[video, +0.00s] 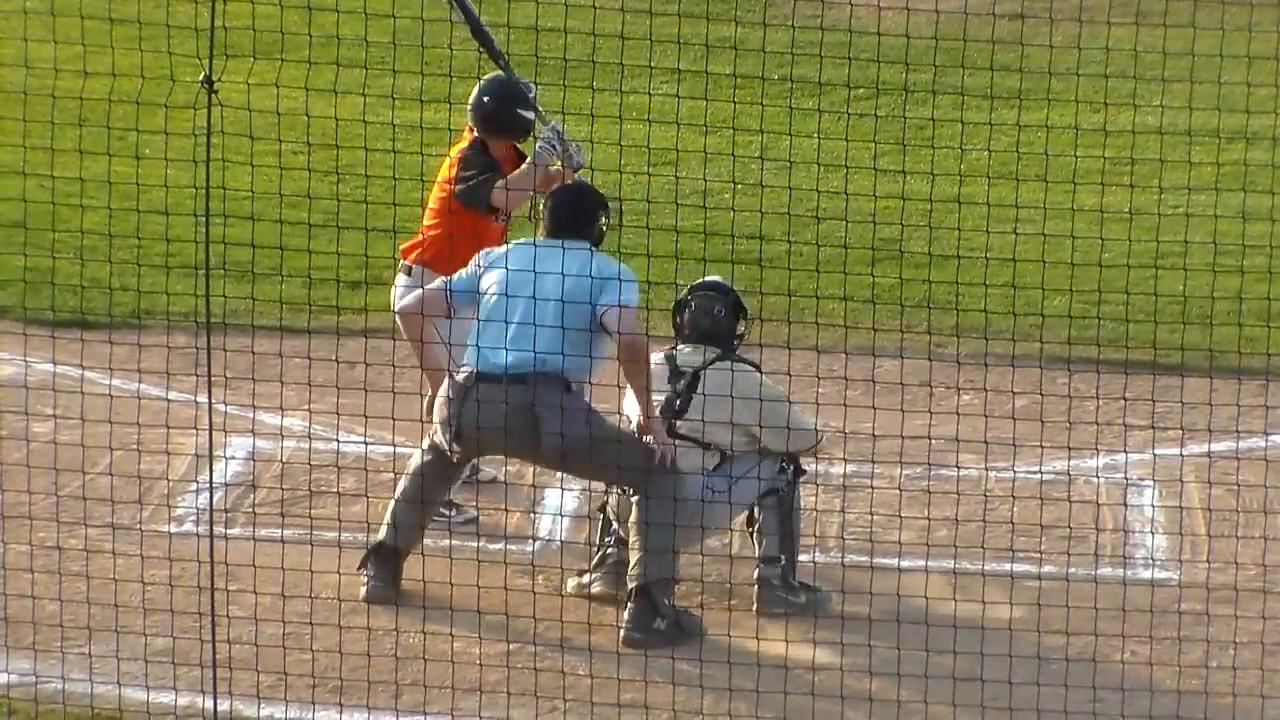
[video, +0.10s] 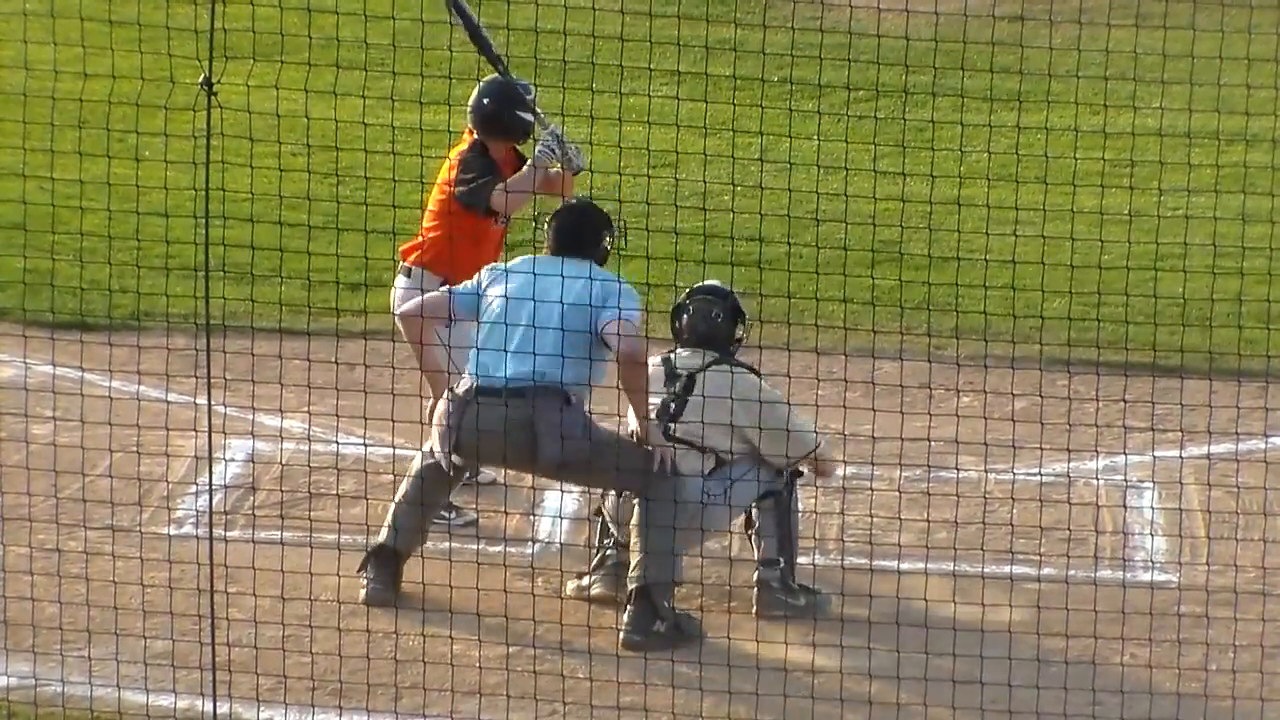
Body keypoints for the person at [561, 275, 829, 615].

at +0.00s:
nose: (738, 329)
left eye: (734, 320)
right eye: (736, 322)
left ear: (679, 324)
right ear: (731, 328)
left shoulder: (649, 368)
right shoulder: (742, 378)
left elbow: (625, 426)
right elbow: (805, 439)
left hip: (634, 504)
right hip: (692, 511)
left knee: (626, 451)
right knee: (781, 466)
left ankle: (607, 567)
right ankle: (777, 583)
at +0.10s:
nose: (739, 331)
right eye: (736, 324)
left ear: (679, 326)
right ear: (731, 331)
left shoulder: (649, 370)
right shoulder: (741, 383)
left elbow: (630, 430)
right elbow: (808, 449)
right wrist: (821, 464)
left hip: (634, 506)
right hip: (694, 510)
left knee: (626, 454)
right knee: (778, 471)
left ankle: (605, 569)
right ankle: (776, 585)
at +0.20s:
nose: (736, 339)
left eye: (735, 331)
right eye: (733, 332)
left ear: (678, 333)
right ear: (727, 336)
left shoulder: (649, 376)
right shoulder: (739, 391)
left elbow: (627, 439)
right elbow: (797, 455)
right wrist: (831, 491)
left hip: (627, 517)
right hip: (685, 523)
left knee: (621, 459)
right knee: (776, 478)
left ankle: (606, 576)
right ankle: (778, 590)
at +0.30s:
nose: (734, 336)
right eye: (731, 330)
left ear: (674, 332)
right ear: (726, 335)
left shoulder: (645, 375)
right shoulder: (733, 388)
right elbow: (783, 461)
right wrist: (823, 513)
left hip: (623, 514)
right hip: (679, 521)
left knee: (615, 452)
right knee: (768, 471)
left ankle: (605, 571)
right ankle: (775, 587)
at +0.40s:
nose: (733, 341)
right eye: (729, 333)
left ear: (671, 336)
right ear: (722, 341)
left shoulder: (643, 375)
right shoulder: (731, 390)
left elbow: (615, 440)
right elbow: (770, 470)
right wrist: (804, 524)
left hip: (630, 511)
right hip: (685, 517)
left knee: (614, 459)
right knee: (764, 477)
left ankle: (608, 573)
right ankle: (775, 589)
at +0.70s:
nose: (727, 346)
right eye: (724, 339)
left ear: (666, 340)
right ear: (718, 344)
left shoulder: (637, 379)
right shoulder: (725, 393)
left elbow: (608, 440)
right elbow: (740, 478)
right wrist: (758, 546)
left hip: (622, 505)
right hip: (686, 510)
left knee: (614, 467)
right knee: (765, 473)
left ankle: (605, 578)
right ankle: (775, 591)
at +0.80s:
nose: (727, 348)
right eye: (724, 341)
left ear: (665, 342)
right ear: (717, 347)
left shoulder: (637, 381)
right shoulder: (724, 394)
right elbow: (738, 476)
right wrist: (756, 544)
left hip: (622, 508)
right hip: (685, 512)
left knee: (613, 469)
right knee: (764, 474)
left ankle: (605, 578)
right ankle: (775, 591)